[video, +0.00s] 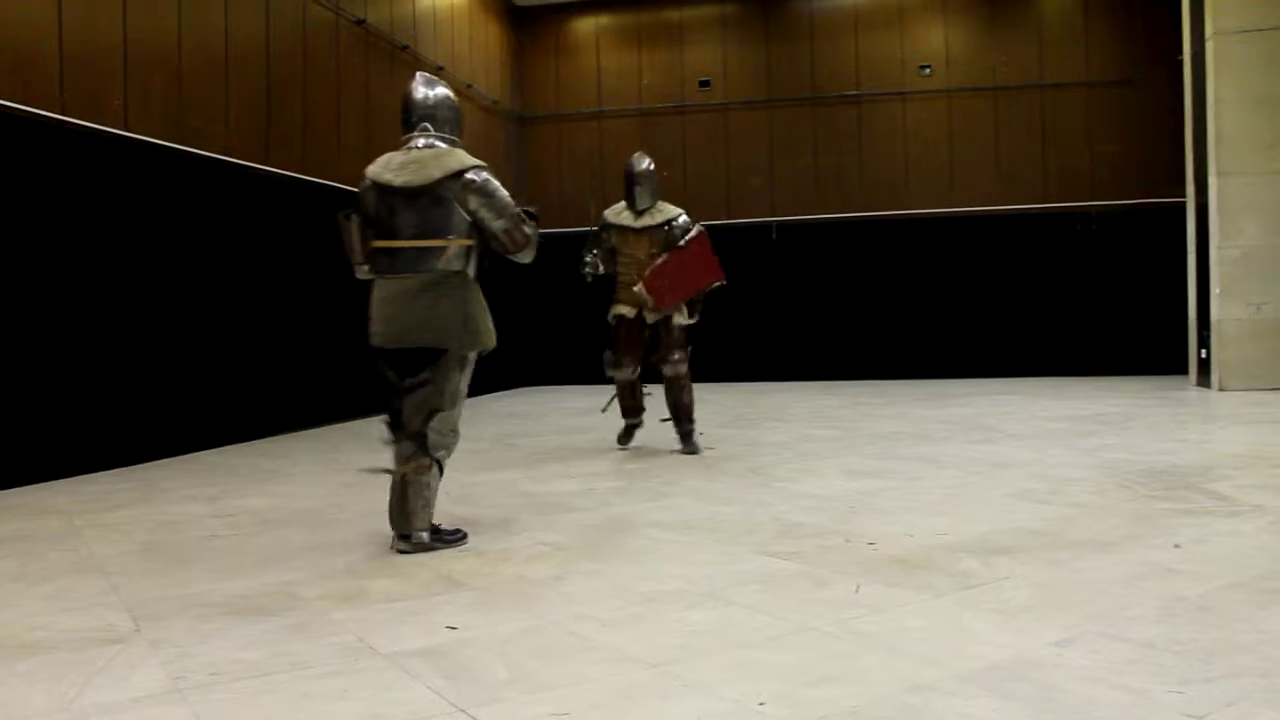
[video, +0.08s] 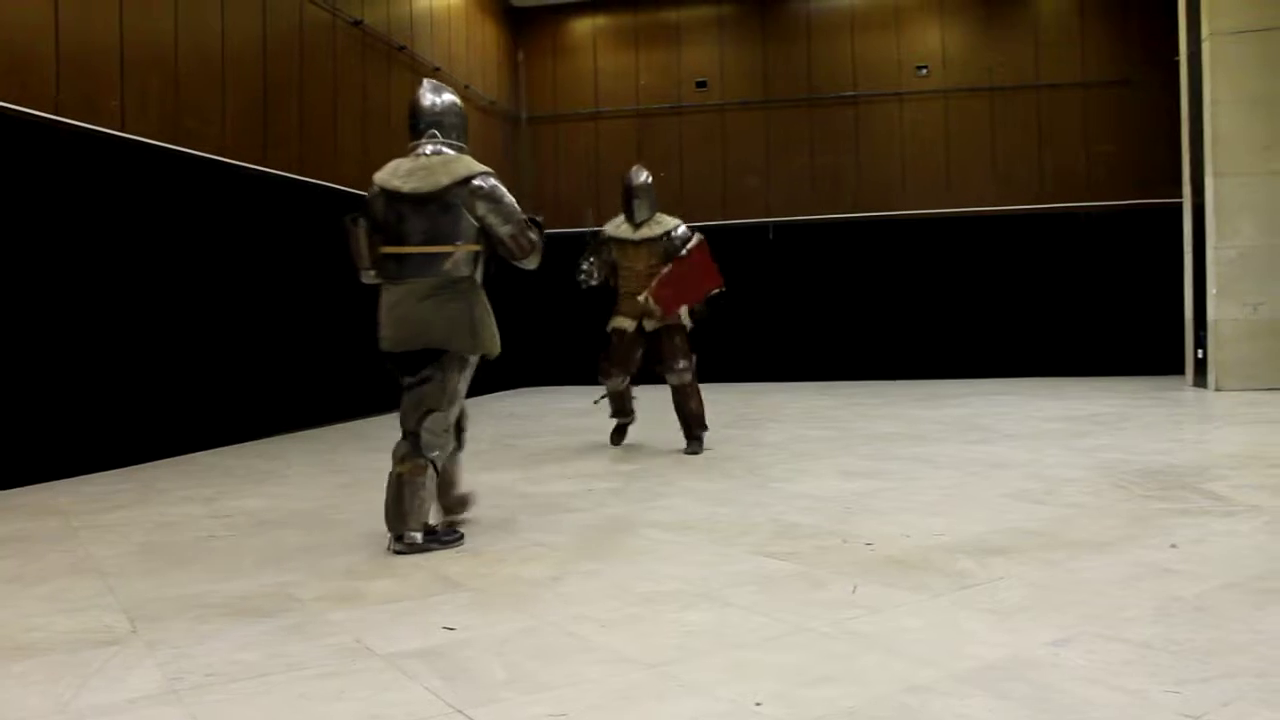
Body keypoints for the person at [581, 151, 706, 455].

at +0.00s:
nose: (640, 189)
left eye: (646, 182)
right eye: (635, 183)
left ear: (655, 182)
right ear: (626, 184)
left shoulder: (674, 219)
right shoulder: (612, 220)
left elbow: (693, 264)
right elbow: (598, 255)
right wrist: (594, 265)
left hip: (667, 307)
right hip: (627, 307)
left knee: (675, 368)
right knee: (623, 367)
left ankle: (686, 432)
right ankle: (631, 420)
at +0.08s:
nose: (638, 203)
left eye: (643, 196)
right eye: (633, 197)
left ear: (652, 196)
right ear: (625, 198)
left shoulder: (672, 230)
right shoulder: (612, 232)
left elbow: (695, 269)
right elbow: (597, 267)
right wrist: (591, 273)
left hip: (666, 314)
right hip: (626, 314)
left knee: (679, 370)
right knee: (615, 371)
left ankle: (694, 435)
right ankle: (623, 417)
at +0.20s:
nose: (629, 215)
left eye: (634, 208)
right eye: (624, 209)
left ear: (643, 209)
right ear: (617, 211)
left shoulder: (664, 242)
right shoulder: (604, 244)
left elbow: (687, 280)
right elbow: (598, 279)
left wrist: (681, 307)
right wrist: (589, 286)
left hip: (657, 325)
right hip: (620, 327)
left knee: (671, 377)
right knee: (612, 378)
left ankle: (689, 435)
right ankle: (623, 425)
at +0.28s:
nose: (622, 212)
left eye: (627, 206)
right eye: (618, 206)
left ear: (637, 206)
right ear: (611, 208)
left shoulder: (658, 239)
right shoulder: (597, 241)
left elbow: (679, 280)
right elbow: (589, 276)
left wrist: (666, 306)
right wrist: (587, 285)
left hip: (652, 320)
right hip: (613, 322)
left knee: (666, 372)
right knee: (609, 377)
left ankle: (682, 432)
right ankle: (623, 426)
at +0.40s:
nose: (620, 204)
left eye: (625, 197)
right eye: (615, 198)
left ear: (633, 198)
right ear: (606, 199)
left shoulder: (652, 231)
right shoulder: (592, 231)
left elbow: (669, 270)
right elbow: (581, 264)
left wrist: (662, 292)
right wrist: (581, 276)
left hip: (644, 312)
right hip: (607, 313)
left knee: (653, 368)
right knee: (611, 371)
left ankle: (661, 424)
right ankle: (620, 426)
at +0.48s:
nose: (618, 203)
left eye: (623, 196)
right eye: (613, 197)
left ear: (632, 197)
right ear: (606, 198)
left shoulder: (649, 230)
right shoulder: (592, 229)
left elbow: (665, 271)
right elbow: (582, 266)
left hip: (638, 311)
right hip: (601, 311)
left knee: (643, 365)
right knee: (601, 368)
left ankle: (652, 420)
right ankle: (607, 424)